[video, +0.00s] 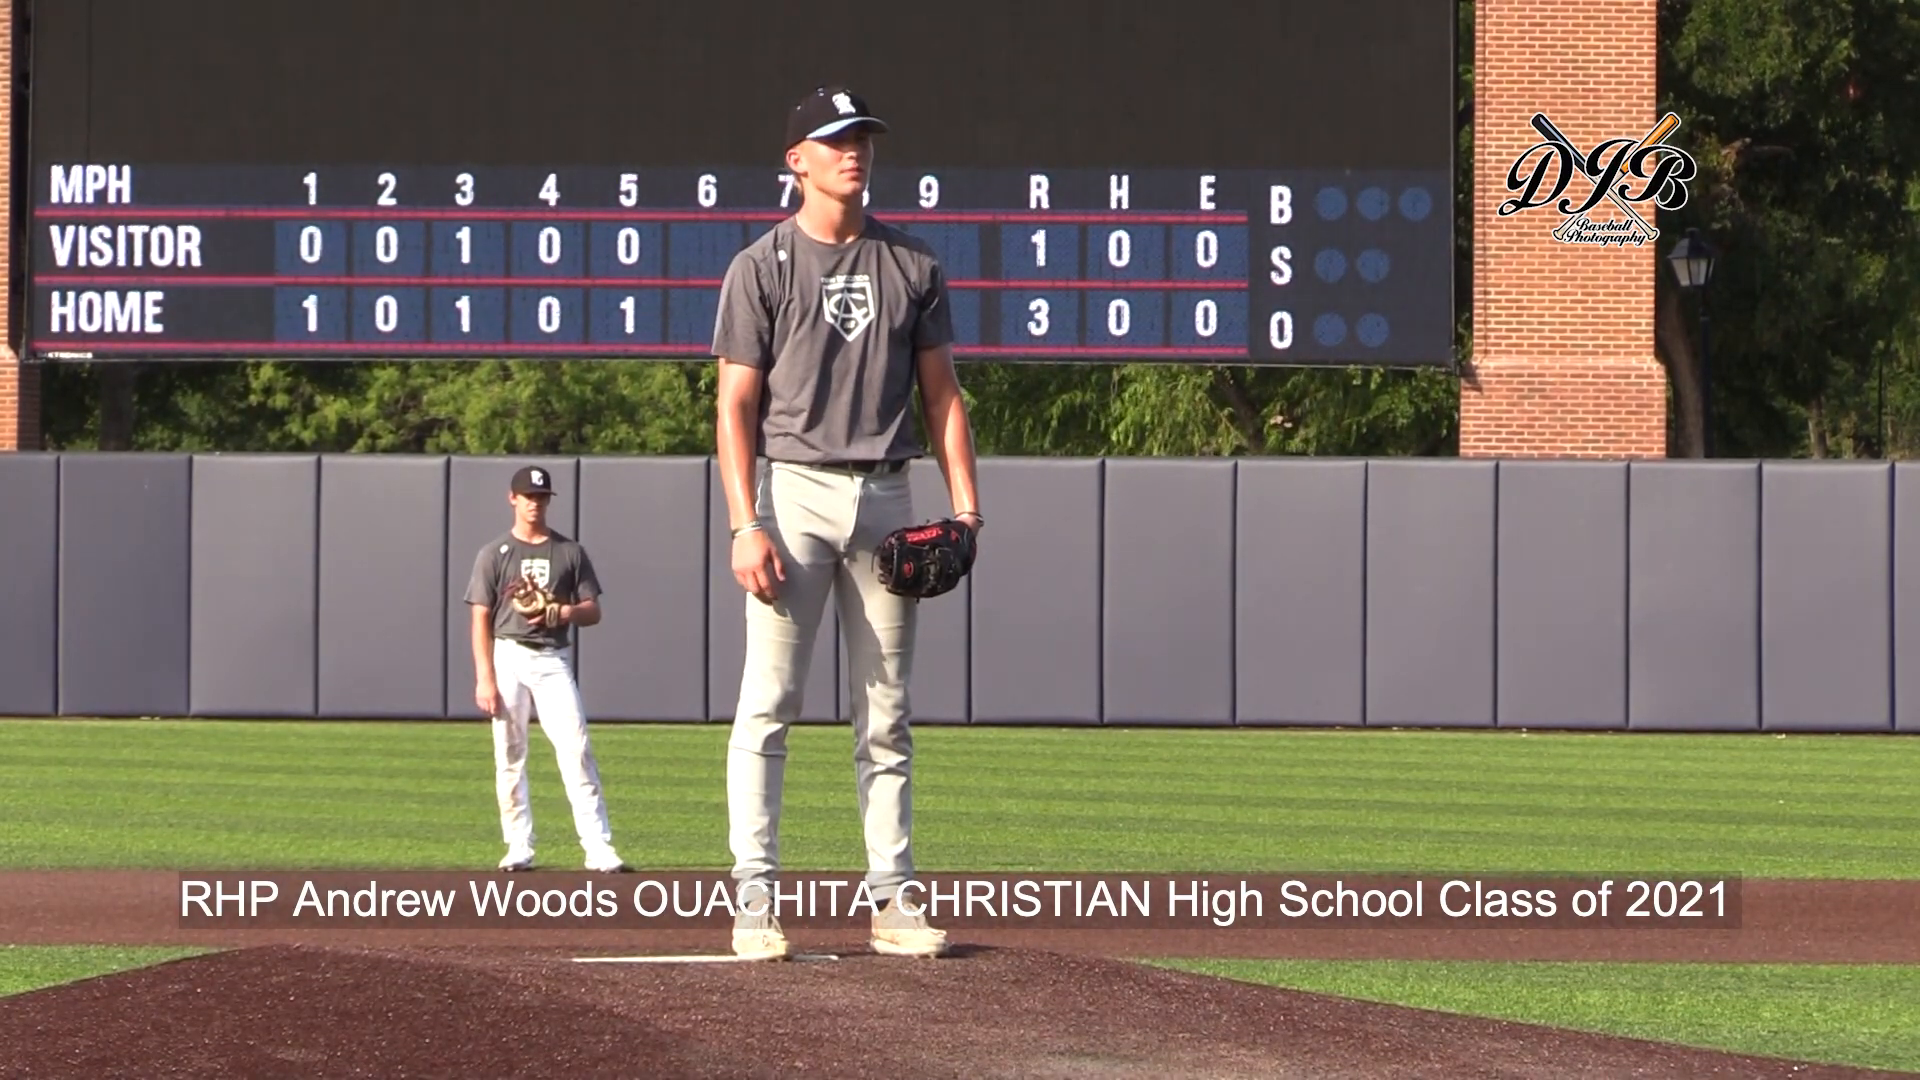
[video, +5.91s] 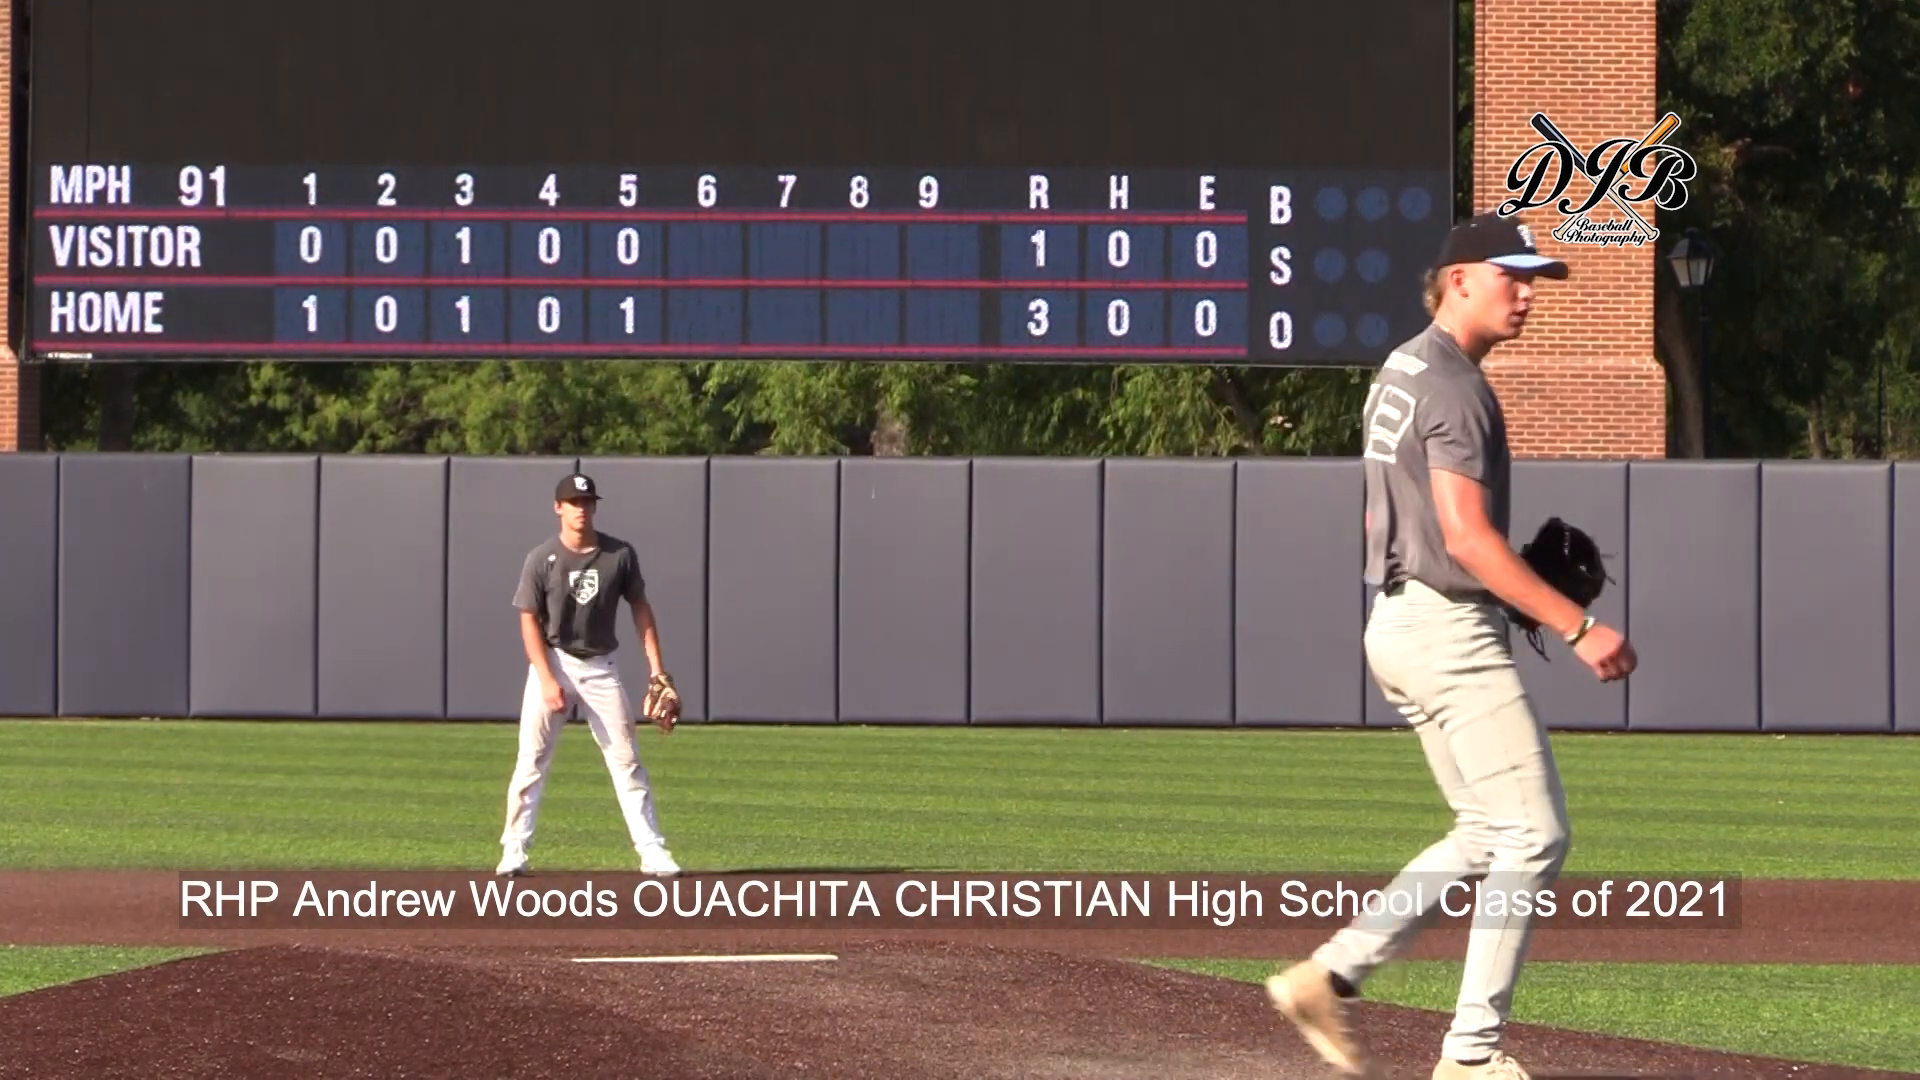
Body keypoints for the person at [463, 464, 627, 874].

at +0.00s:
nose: (535, 504)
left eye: (541, 497)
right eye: (528, 497)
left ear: (549, 500)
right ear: (513, 499)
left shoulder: (571, 552)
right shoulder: (493, 555)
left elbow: (592, 611)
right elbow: (480, 621)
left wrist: (560, 612)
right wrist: (485, 679)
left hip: (553, 659)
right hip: (506, 657)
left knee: (577, 749)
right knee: (509, 756)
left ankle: (600, 851)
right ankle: (518, 850)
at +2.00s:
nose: (536, 501)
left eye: (542, 494)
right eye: (529, 494)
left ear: (550, 498)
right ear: (514, 497)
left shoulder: (573, 547)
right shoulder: (493, 550)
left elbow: (594, 598)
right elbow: (478, 610)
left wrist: (571, 616)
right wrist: (487, 668)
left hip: (559, 657)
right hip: (512, 656)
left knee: (579, 742)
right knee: (513, 756)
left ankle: (585, 842)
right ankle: (519, 848)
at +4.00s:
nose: (532, 512)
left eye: (537, 505)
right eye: (524, 506)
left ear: (547, 508)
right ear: (509, 510)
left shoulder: (575, 548)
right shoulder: (497, 561)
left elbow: (602, 585)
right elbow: (481, 619)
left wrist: (587, 629)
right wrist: (478, 679)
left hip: (571, 666)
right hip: (523, 666)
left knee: (598, 752)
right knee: (516, 763)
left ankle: (601, 842)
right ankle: (516, 855)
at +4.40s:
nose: (580, 520)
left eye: (586, 512)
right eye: (572, 513)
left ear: (594, 513)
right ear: (557, 516)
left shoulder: (619, 554)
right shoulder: (542, 565)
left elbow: (644, 596)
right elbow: (522, 623)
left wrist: (626, 635)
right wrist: (513, 684)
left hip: (606, 673)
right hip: (558, 670)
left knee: (627, 764)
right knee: (533, 763)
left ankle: (653, 857)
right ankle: (517, 856)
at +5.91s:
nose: (582, 510)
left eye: (587, 502)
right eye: (573, 503)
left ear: (596, 506)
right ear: (559, 508)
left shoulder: (620, 555)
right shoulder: (541, 559)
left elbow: (641, 610)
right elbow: (529, 620)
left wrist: (657, 672)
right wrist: (546, 679)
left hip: (601, 668)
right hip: (551, 664)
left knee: (626, 761)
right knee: (531, 760)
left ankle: (653, 854)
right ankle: (514, 855)